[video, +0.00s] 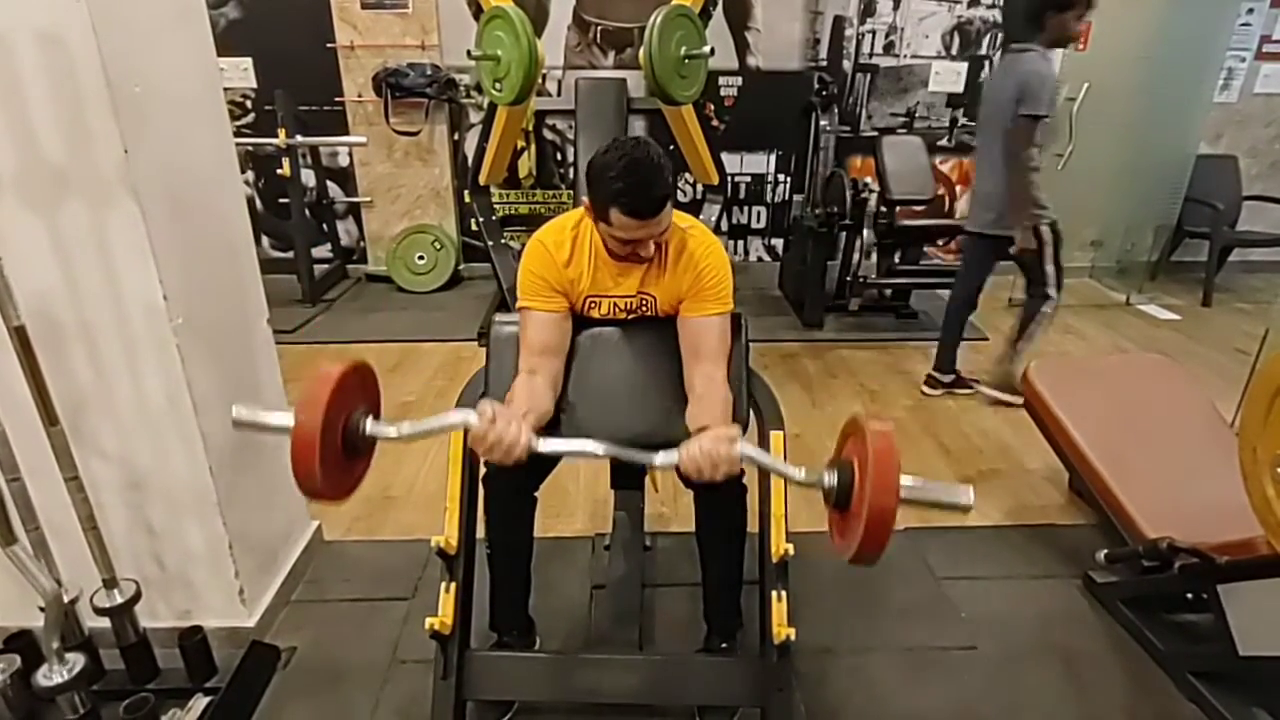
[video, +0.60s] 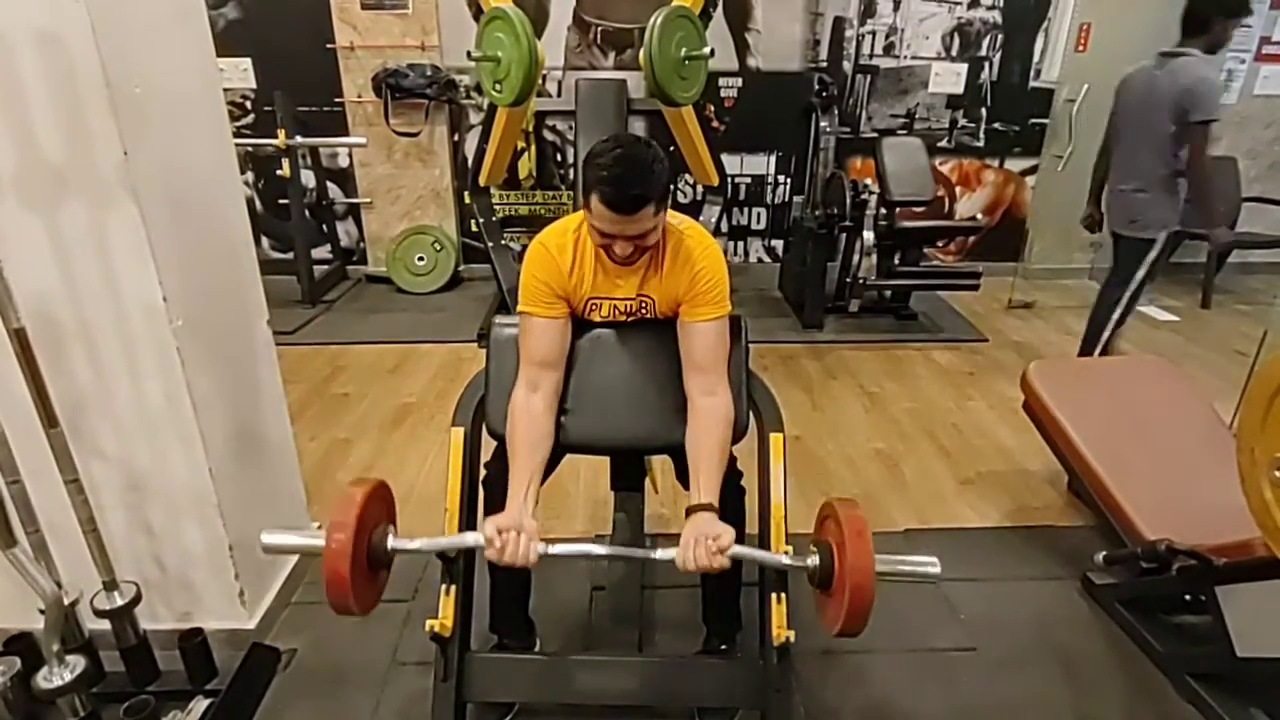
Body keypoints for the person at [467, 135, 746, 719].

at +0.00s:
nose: (647, 248)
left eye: (658, 234)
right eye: (629, 240)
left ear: (671, 204)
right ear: (594, 213)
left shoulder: (700, 252)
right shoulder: (550, 250)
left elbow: (707, 372)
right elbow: (537, 368)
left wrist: (713, 435)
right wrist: (516, 419)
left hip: (671, 385)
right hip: (578, 384)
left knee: (721, 471)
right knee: (506, 470)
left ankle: (724, 638)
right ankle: (511, 635)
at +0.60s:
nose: (622, 247)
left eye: (639, 235)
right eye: (607, 233)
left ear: (664, 209)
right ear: (586, 204)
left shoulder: (696, 255)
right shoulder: (551, 252)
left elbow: (707, 389)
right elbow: (535, 384)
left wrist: (704, 507)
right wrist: (518, 505)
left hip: (670, 383)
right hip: (574, 383)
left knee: (721, 488)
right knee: (502, 480)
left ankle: (723, 637)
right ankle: (512, 639)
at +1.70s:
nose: (617, 246)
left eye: (632, 230)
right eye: (601, 231)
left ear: (656, 205)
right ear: (580, 208)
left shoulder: (696, 258)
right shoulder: (552, 257)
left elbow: (711, 383)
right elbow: (536, 379)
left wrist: (714, 425)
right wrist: (513, 427)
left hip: (666, 395)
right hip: (577, 393)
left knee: (718, 483)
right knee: (504, 485)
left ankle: (723, 643)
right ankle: (511, 645)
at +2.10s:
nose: (615, 255)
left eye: (630, 241)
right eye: (599, 241)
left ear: (654, 216)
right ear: (578, 217)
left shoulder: (693, 263)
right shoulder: (552, 264)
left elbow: (708, 414)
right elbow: (537, 416)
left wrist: (706, 351)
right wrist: (522, 351)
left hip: (667, 406)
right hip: (574, 404)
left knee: (720, 496)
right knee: (502, 495)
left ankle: (723, 652)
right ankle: (512, 651)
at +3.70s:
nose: (610, 206)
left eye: (628, 191)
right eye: (593, 191)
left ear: (654, 198)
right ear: (572, 199)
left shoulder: (694, 274)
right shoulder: (541, 274)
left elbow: (709, 404)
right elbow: (531, 393)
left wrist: (716, 435)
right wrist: (507, 431)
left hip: (666, 417)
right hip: (571, 414)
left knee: (723, 504)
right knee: (500, 509)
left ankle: (727, 670)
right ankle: (507, 672)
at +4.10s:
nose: (613, 251)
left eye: (629, 234)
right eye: (594, 236)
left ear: (651, 210)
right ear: (570, 213)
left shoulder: (689, 273)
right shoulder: (536, 272)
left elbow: (704, 407)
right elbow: (523, 404)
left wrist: (706, 506)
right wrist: (503, 502)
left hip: (664, 417)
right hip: (564, 417)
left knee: (723, 518)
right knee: (492, 518)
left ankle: (723, 673)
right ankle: (502, 675)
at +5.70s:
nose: (619, 276)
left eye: (635, 261)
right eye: (603, 262)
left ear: (658, 233)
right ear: (580, 235)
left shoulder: (696, 279)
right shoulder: (550, 278)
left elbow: (712, 398)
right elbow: (535, 398)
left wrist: (715, 441)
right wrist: (512, 441)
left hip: (666, 414)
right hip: (576, 412)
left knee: (723, 507)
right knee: (504, 514)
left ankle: (729, 674)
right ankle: (513, 677)